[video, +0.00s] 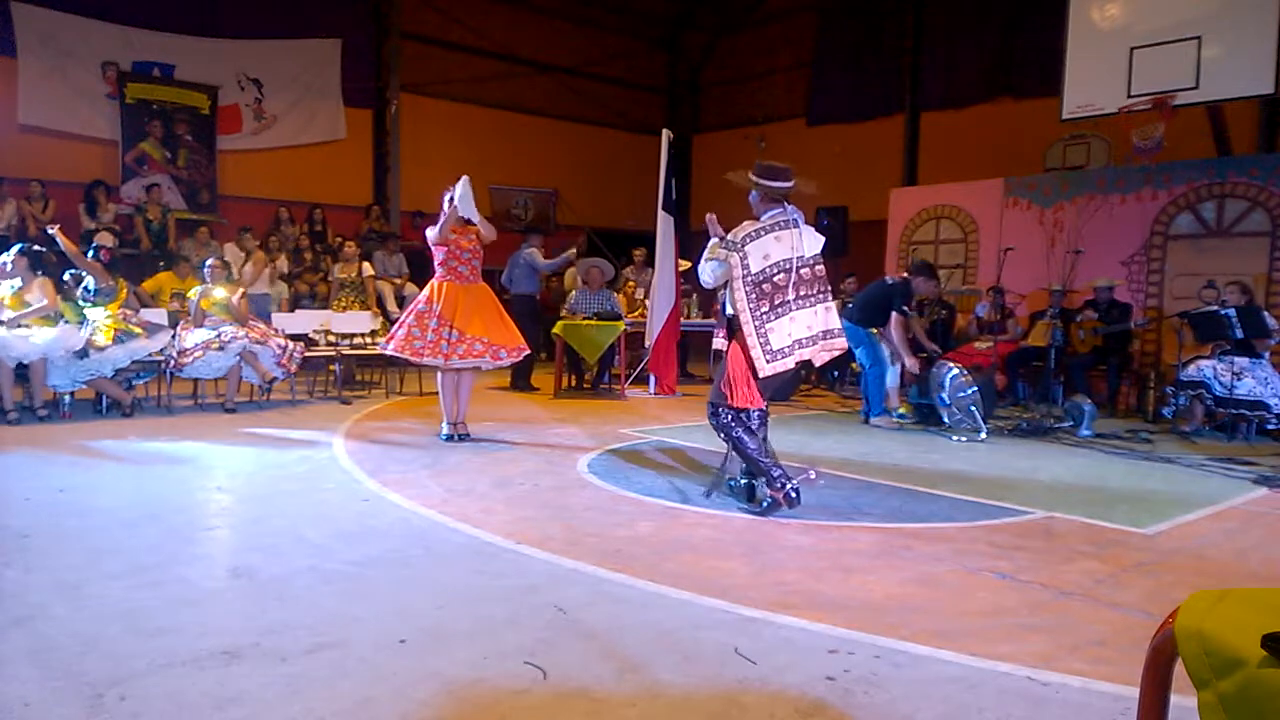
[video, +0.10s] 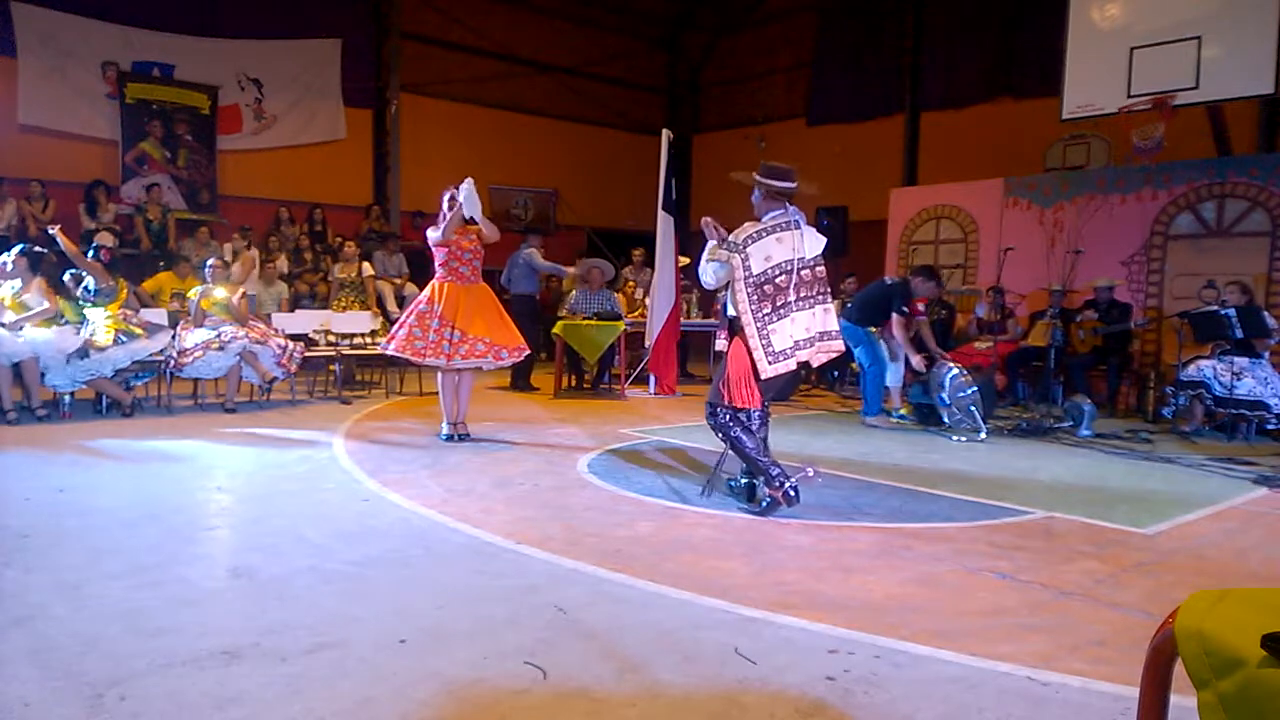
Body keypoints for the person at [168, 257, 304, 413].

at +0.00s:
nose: (210, 271)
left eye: (215, 268)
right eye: (208, 268)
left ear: (225, 272)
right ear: (204, 272)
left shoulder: (236, 291)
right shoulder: (198, 292)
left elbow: (244, 320)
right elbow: (196, 323)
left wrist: (231, 304)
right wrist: (200, 300)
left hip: (232, 328)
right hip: (207, 328)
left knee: (237, 354)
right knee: (236, 339)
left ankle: (230, 400)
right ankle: (263, 374)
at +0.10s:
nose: (212, 271)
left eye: (217, 268)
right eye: (209, 268)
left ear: (226, 272)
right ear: (205, 272)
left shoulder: (237, 291)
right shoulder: (198, 293)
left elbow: (244, 320)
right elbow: (197, 323)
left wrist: (230, 305)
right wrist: (201, 300)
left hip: (232, 328)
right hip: (207, 329)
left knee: (236, 355)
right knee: (237, 340)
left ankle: (230, 400)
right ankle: (264, 374)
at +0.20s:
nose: (212, 271)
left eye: (217, 268)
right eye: (209, 267)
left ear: (227, 271)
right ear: (205, 272)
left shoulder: (237, 292)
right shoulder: (199, 292)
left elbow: (244, 320)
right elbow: (197, 323)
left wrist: (231, 304)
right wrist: (200, 300)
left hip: (232, 328)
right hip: (208, 329)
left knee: (236, 355)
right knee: (237, 339)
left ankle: (230, 399)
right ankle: (264, 374)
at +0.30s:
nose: (211, 270)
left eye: (216, 267)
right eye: (208, 266)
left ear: (228, 271)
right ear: (204, 271)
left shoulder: (238, 291)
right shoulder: (199, 293)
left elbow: (244, 320)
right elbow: (197, 323)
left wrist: (232, 304)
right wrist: (201, 300)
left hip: (232, 327)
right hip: (207, 329)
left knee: (237, 354)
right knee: (237, 339)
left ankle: (230, 399)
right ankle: (264, 374)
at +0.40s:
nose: (211, 270)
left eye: (216, 267)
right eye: (210, 266)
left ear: (227, 271)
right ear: (208, 271)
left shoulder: (238, 291)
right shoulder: (200, 292)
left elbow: (244, 320)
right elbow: (197, 323)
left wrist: (232, 304)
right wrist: (201, 301)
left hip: (233, 327)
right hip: (209, 328)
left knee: (236, 356)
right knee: (237, 340)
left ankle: (230, 399)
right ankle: (264, 374)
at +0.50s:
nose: (209, 270)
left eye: (214, 267)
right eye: (208, 267)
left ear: (226, 271)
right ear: (205, 271)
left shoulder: (238, 291)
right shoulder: (200, 292)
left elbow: (244, 320)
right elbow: (197, 323)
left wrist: (232, 304)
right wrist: (201, 299)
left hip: (234, 327)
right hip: (209, 328)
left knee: (236, 357)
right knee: (237, 340)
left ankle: (230, 400)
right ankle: (264, 374)